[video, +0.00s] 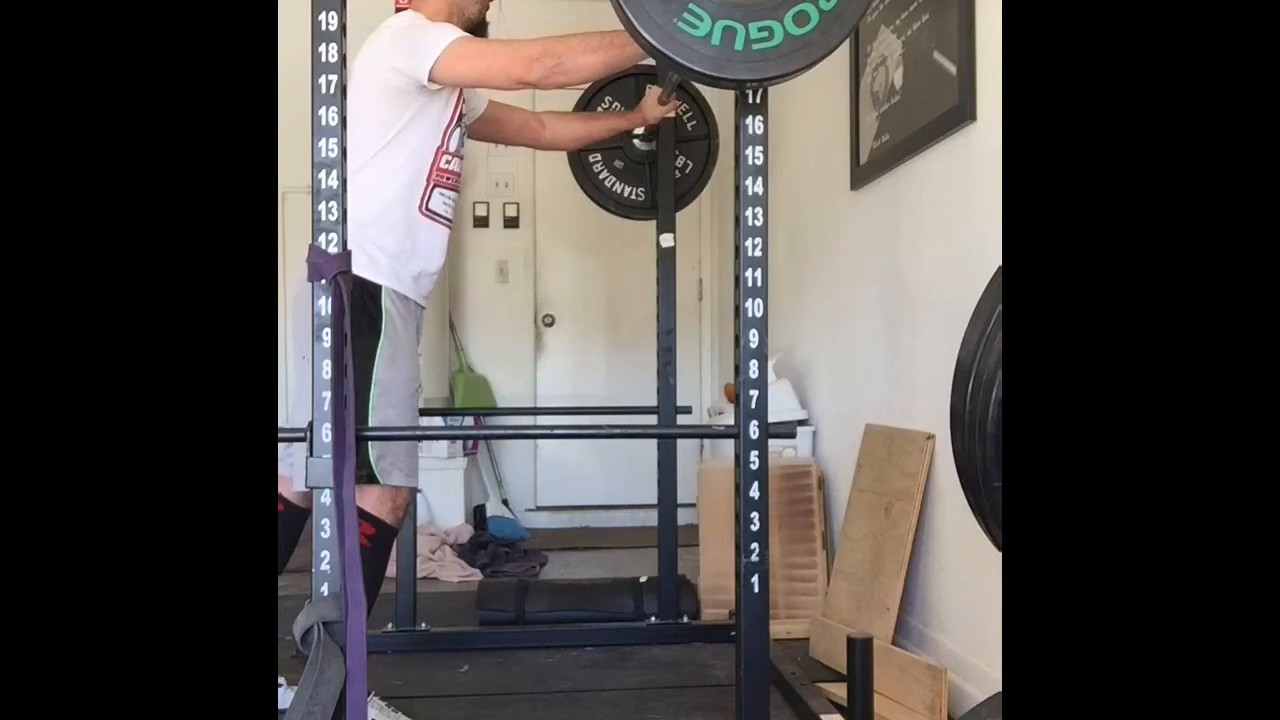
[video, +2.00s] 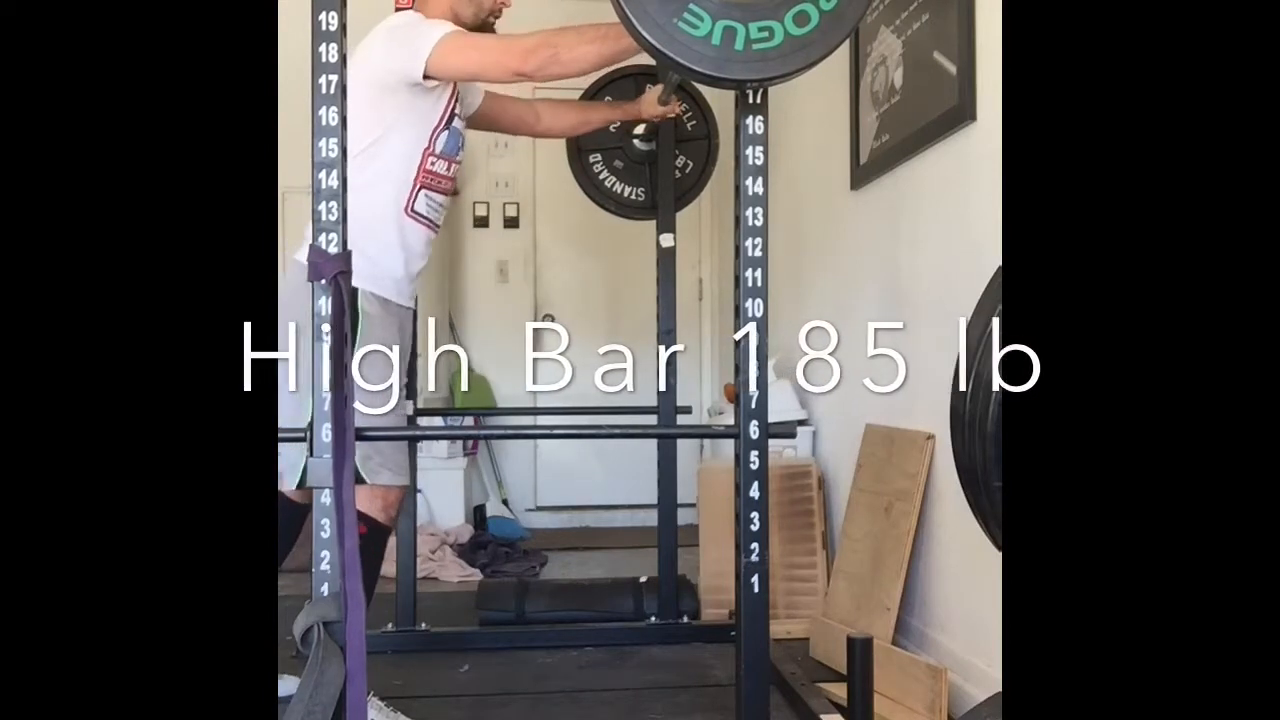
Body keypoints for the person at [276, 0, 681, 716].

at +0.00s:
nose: (483, 13)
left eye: (483, 9)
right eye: (474, 2)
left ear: (415, 8)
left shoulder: (434, 80)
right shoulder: (403, 39)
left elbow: (533, 127)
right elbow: (540, 64)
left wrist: (636, 119)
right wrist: (663, 32)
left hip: (374, 297)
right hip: (362, 292)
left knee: (298, 482)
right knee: (384, 493)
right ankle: (333, 687)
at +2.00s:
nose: (503, 6)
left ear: (436, 1)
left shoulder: (438, 74)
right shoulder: (401, 39)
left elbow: (529, 117)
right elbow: (535, 59)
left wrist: (633, 111)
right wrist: (655, 28)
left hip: (374, 298)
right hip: (353, 295)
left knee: (303, 478)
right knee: (380, 486)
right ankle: (335, 683)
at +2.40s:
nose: (508, 13)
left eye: (508, 5)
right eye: (501, 0)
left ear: (462, 6)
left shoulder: (442, 73)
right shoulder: (403, 36)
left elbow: (529, 115)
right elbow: (531, 55)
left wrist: (631, 110)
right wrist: (650, 28)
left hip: (376, 299)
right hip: (349, 295)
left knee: (299, 477)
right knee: (380, 485)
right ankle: (335, 682)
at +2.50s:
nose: (527, 25)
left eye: (532, 16)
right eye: (524, 11)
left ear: (483, 15)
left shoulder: (454, 92)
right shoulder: (409, 44)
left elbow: (539, 124)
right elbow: (532, 58)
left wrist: (636, 110)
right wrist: (654, 28)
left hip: (373, 303)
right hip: (354, 299)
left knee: (295, 486)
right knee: (396, 492)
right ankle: (331, 683)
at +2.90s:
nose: (649, 188)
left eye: (662, 182)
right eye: (658, 173)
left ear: (640, 135)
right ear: (638, 125)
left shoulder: (572, 158)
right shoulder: (540, 111)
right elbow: (540, 50)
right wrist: (649, 27)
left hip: (429, 327)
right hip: (409, 322)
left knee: (331, 495)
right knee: (528, 476)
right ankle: (534, 691)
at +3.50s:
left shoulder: (716, 104)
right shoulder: (674, 86)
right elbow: (598, 154)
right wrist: (669, 58)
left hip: (633, 310)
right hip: (608, 309)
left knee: (686, 479)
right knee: (703, 484)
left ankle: (635, 646)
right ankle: (579, 659)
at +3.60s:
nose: (761, 45)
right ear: (716, 27)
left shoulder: (709, 105)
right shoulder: (672, 87)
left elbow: (588, 189)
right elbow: (593, 153)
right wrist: (664, 64)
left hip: (629, 313)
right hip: (612, 313)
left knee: (690, 482)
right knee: (710, 486)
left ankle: (640, 649)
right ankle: (643, 673)